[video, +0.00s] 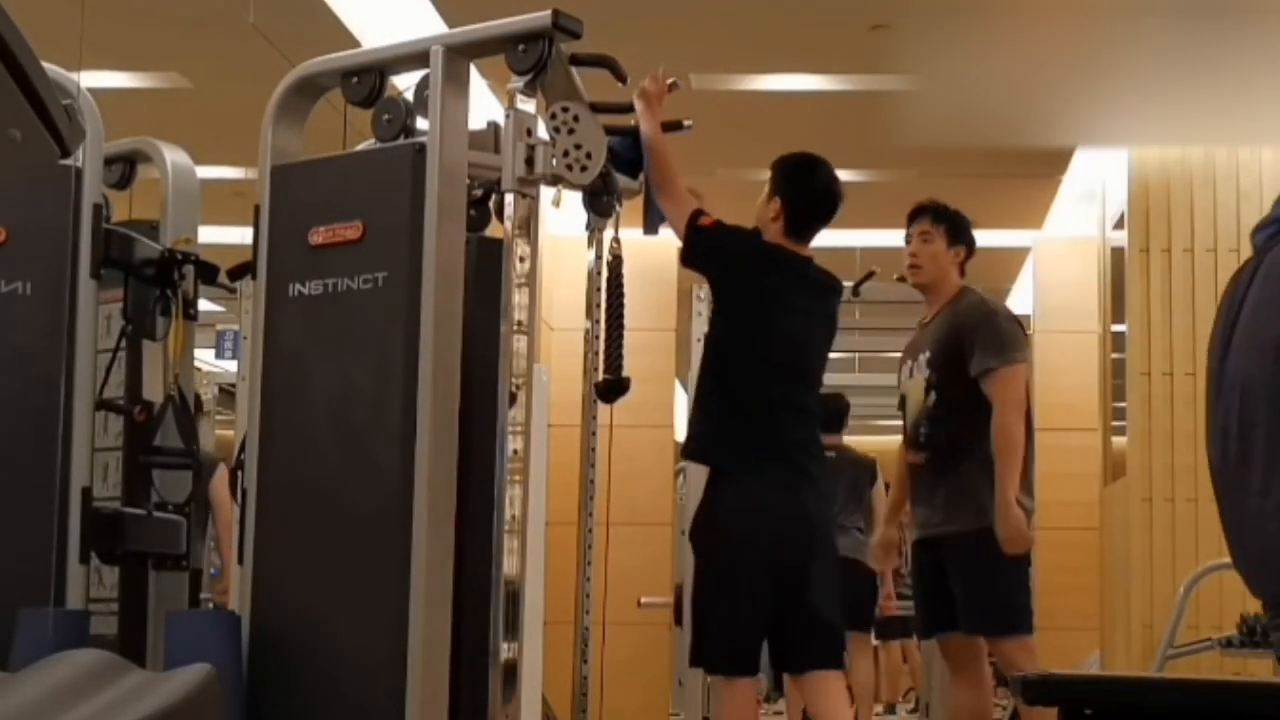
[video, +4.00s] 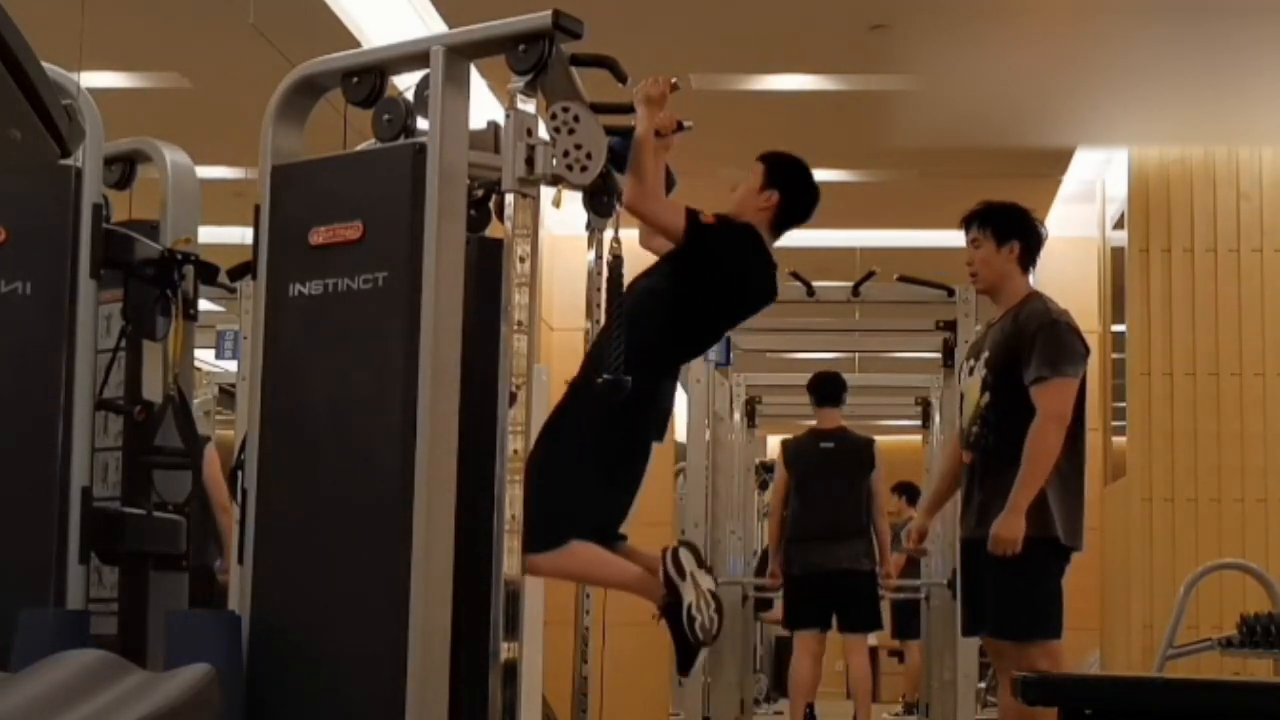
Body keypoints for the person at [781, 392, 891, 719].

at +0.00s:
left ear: (812, 421)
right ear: (846, 422)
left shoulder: (803, 462)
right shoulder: (866, 465)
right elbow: (878, 524)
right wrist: (883, 575)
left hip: (814, 562)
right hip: (857, 562)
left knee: (803, 659)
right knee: (859, 648)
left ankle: (799, 715)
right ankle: (864, 714)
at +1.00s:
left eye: (816, 398)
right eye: (841, 397)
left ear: (812, 400)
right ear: (845, 400)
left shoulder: (791, 448)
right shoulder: (866, 447)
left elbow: (773, 508)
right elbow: (881, 510)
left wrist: (773, 558)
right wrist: (887, 560)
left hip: (805, 566)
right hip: (853, 565)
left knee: (805, 652)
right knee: (858, 651)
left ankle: (797, 716)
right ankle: (863, 715)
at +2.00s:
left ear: (813, 464)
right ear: (846, 463)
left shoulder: (793, 501)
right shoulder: (866, 501)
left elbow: (778, 561)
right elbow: (880, 561)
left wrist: (774, 611)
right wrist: (886, 615)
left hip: (804, 583)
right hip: (857, 581)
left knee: (798, 653)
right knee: (865, 652)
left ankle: (795, 715)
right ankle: (865, 716)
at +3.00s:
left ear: (815, 454)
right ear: (848, 453)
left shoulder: (795, 494)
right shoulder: (868, 493)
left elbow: (782, 555)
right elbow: (880, 557)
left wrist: (779, 599)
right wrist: (886, 609)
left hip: (804, 581)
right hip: (855, 581)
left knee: (797, 652)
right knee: (865, 652)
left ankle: (794, 716)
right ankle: (865, 715)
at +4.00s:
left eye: (814, 398)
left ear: (811, 400)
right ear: (844, 399)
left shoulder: (791, 449)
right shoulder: (866, 447)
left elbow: (776, 508)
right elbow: (879, 511)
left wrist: (773, 558)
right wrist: (886, 559)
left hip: (806, 566)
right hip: (854, 565)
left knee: (805, 648)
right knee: (857, 649)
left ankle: (798, 716)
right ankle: (863, 714)